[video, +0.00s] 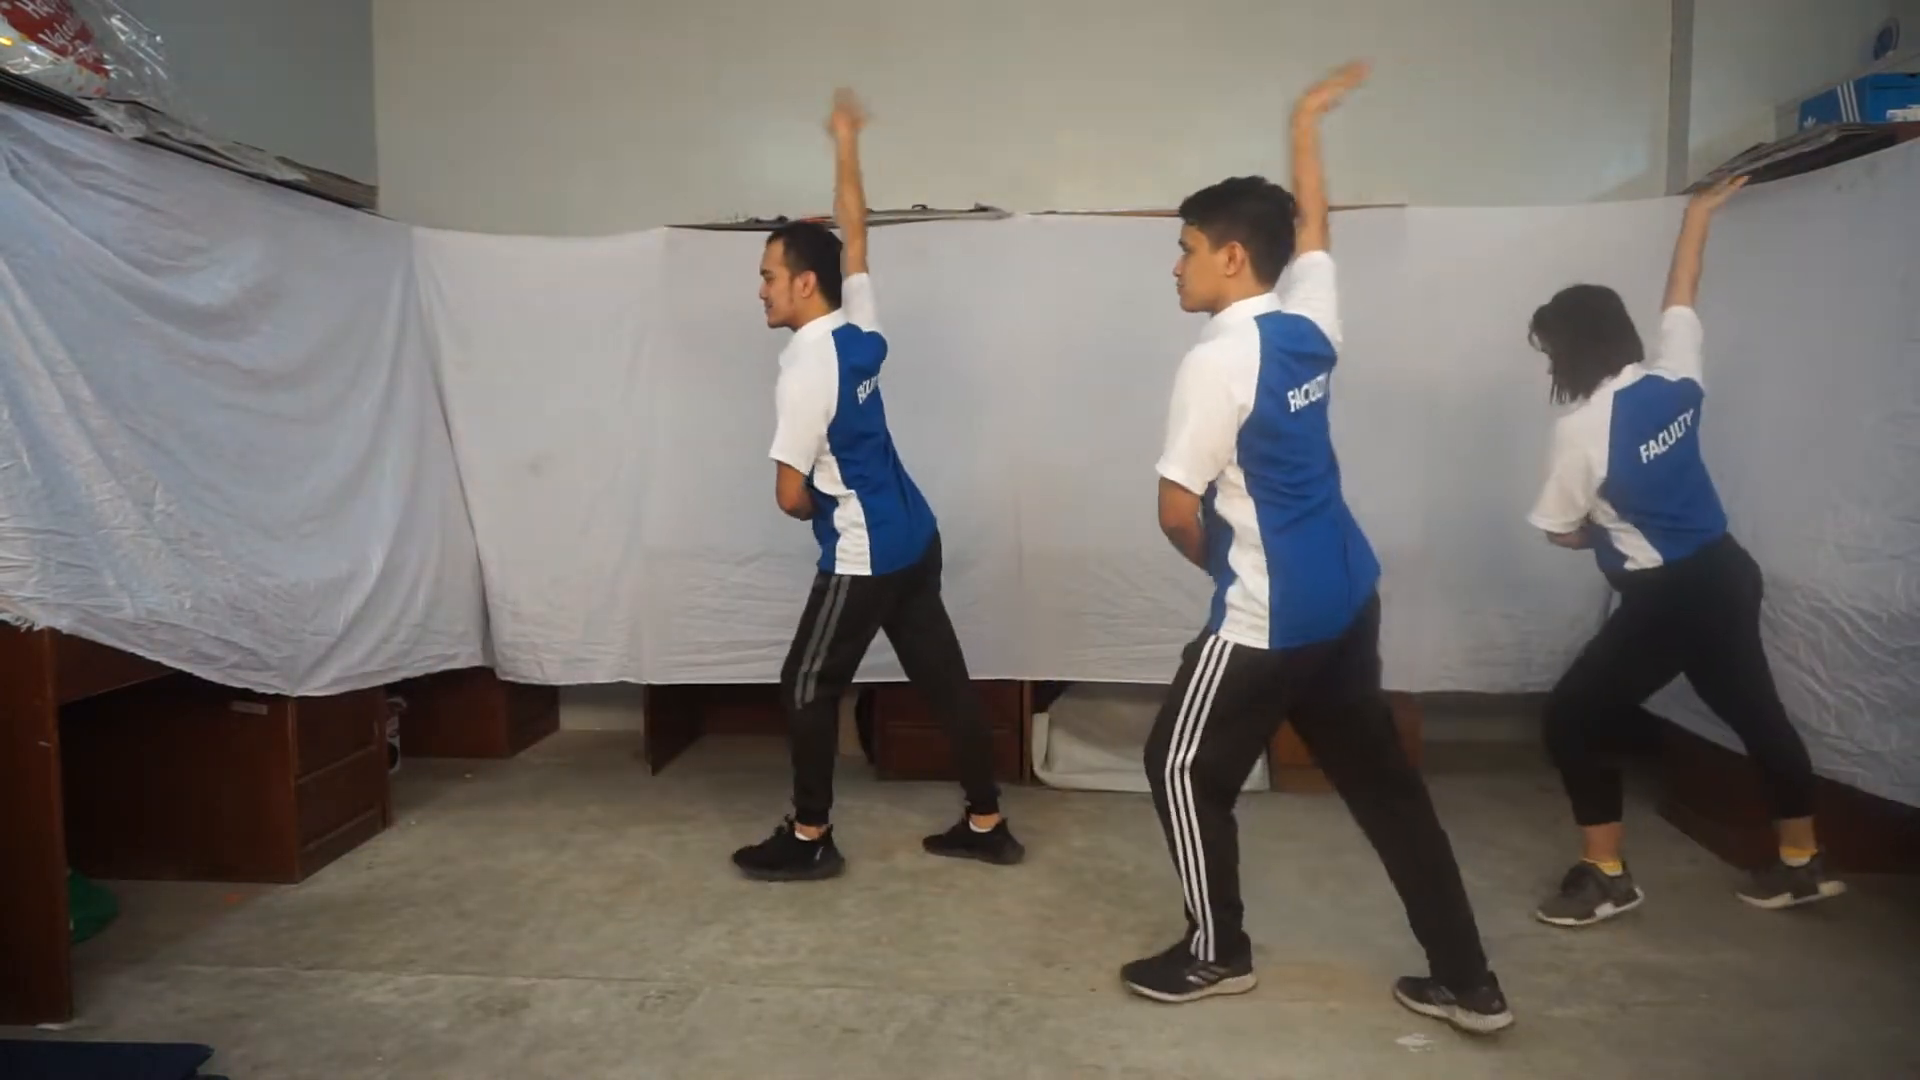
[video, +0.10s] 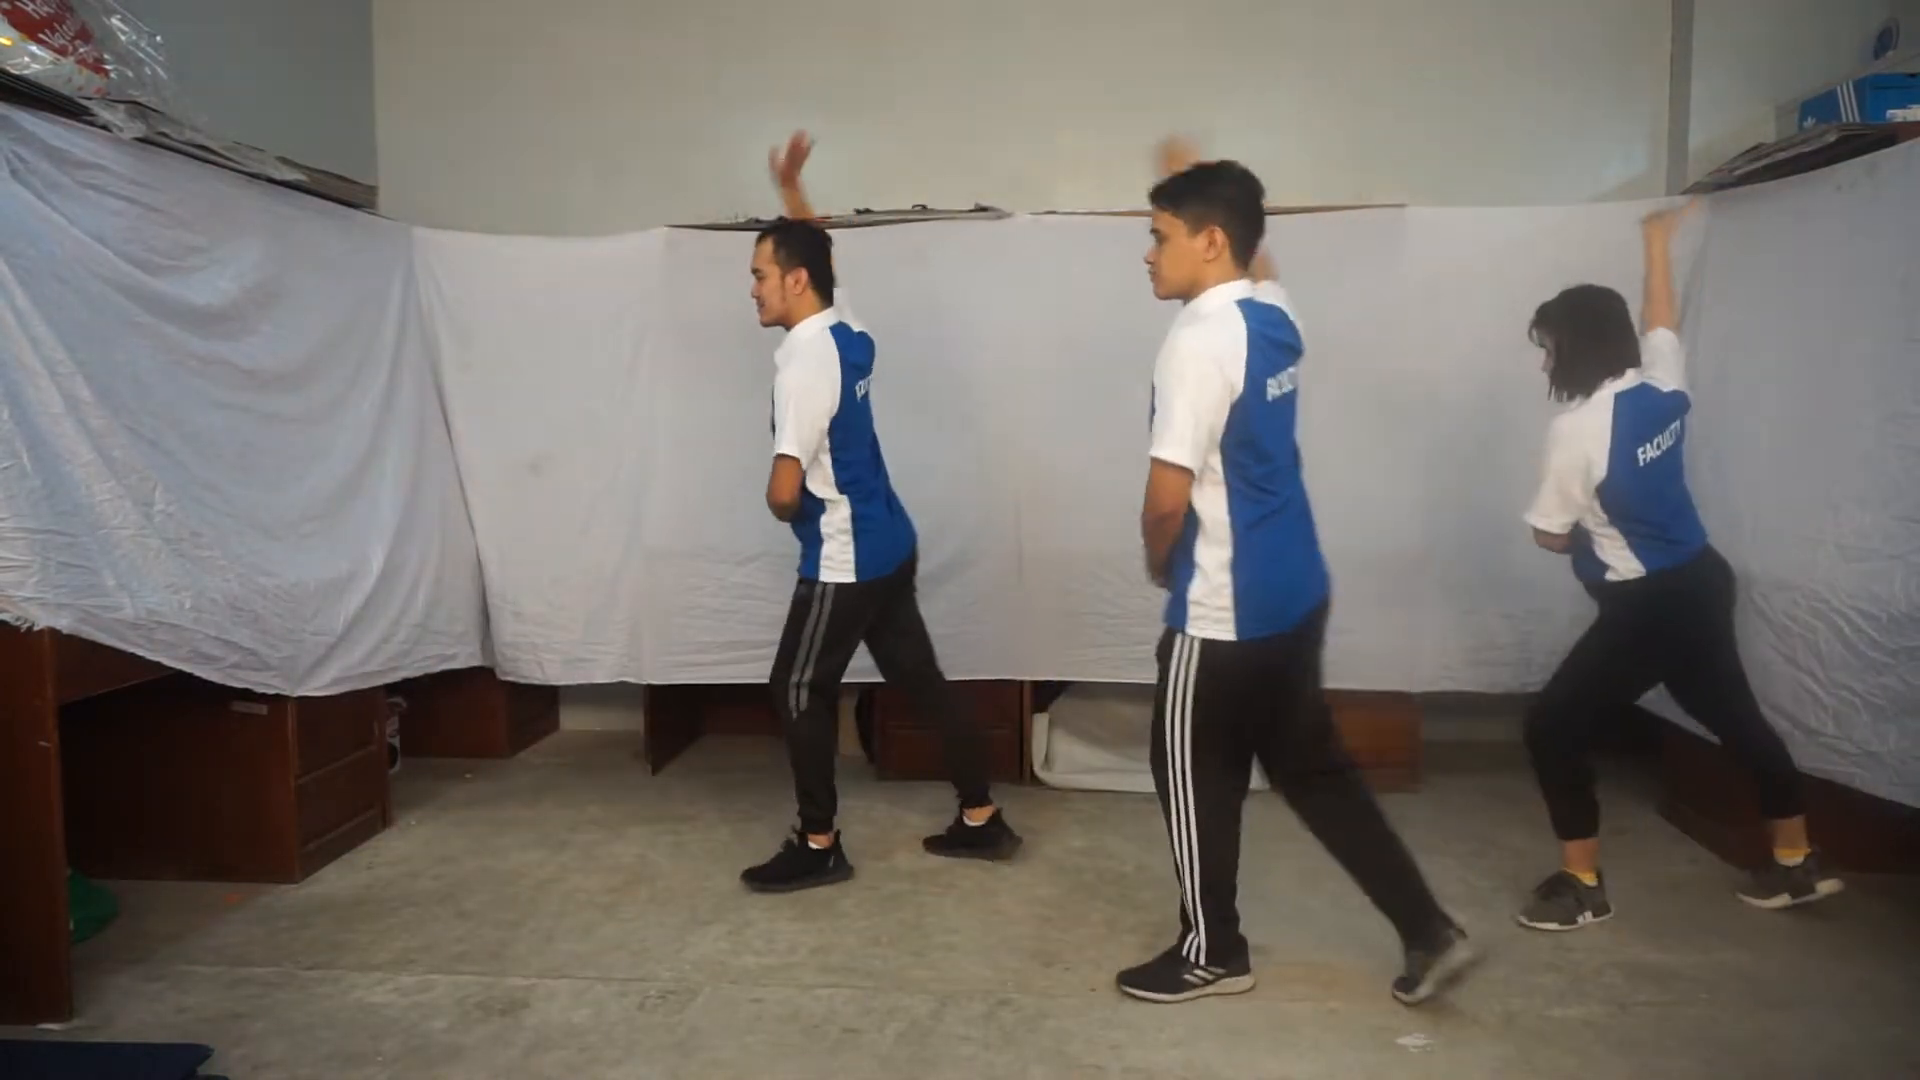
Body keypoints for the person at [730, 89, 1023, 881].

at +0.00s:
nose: (763, 291)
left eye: (771, 279)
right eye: (764, 278)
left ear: (810, 285)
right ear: (821, 283)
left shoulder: (806, 363)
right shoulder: (858, 326)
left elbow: (790, 496)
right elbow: (854, 233)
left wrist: (836, 505)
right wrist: (846, 145)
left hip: (861, 553)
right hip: (912, 538)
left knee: (808, 687)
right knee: (948, 685)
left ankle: (809, 836)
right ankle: (985, 822)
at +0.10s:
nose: (754, 293)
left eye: (761, 281)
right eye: (755, 280)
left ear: (799, 281)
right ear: (810, 279)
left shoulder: (803, 350)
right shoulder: (845, 331)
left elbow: (784, 492)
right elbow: (815, 258)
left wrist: (789, 509)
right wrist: (791, 185)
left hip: (842, 555)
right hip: (886, 540)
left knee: (799, 695)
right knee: (923, 682)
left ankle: (818, 843)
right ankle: (981, 818)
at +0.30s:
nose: (715, 268)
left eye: (724, 256)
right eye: (717, 254)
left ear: (764, 264)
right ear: (767, 264)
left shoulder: (765, 343)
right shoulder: (787, 324)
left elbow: (739, 474)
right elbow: (749, 376)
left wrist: (721, 499)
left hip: (800, 550)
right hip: (785, 543)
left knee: (803, 694)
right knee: (768, 677)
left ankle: (817, 843)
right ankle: (871, 777)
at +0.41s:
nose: (689, 262)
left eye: (700, 251)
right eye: (691, 249)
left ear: (740, 261)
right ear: (734, 262)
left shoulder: (746, 340)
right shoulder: (731, 331)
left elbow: (720, 474)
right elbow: (726, 428)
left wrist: (692, 508)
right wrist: (665, 452)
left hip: (780, 552)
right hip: (742, 550)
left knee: (803, 697)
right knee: (711, 672)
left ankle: (819, 843)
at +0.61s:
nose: (641, 259)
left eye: (659, 248)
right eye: (635, 247)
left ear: (693, 261)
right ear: (629, 256)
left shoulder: (694, 340)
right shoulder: (646, 336)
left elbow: (700, 459)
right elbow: (645, 433)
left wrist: (639, 522)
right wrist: (613, 483)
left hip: (700, 558)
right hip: (650, 553)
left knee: (714, 697)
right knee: (651, 694)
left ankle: (793, 824)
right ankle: (655, 825)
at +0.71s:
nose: (620, 253)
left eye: (637, 242)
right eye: (610, 240)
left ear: (664, 256)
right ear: (597, 250)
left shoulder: (675, 338)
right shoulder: (601, 341)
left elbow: (693, 450)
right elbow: (601, 433)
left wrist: (616, 518)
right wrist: (565, 477)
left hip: (664, 557)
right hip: (609, 552)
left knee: (656, 694)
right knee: (620, 692)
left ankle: (700, 831)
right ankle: (647, 822)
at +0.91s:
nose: (571, 262)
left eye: (586, 251)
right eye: (559, 249)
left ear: (609, 264)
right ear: (541, 259)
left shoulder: (628, 348)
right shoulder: (524, 349)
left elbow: (667, 454)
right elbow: (496, 442)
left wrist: (585, 482)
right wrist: (489, 491)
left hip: (608, 567)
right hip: (536, 563)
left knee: (601, 701)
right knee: (500, 675)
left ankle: (638, 842)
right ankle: (533, 815)